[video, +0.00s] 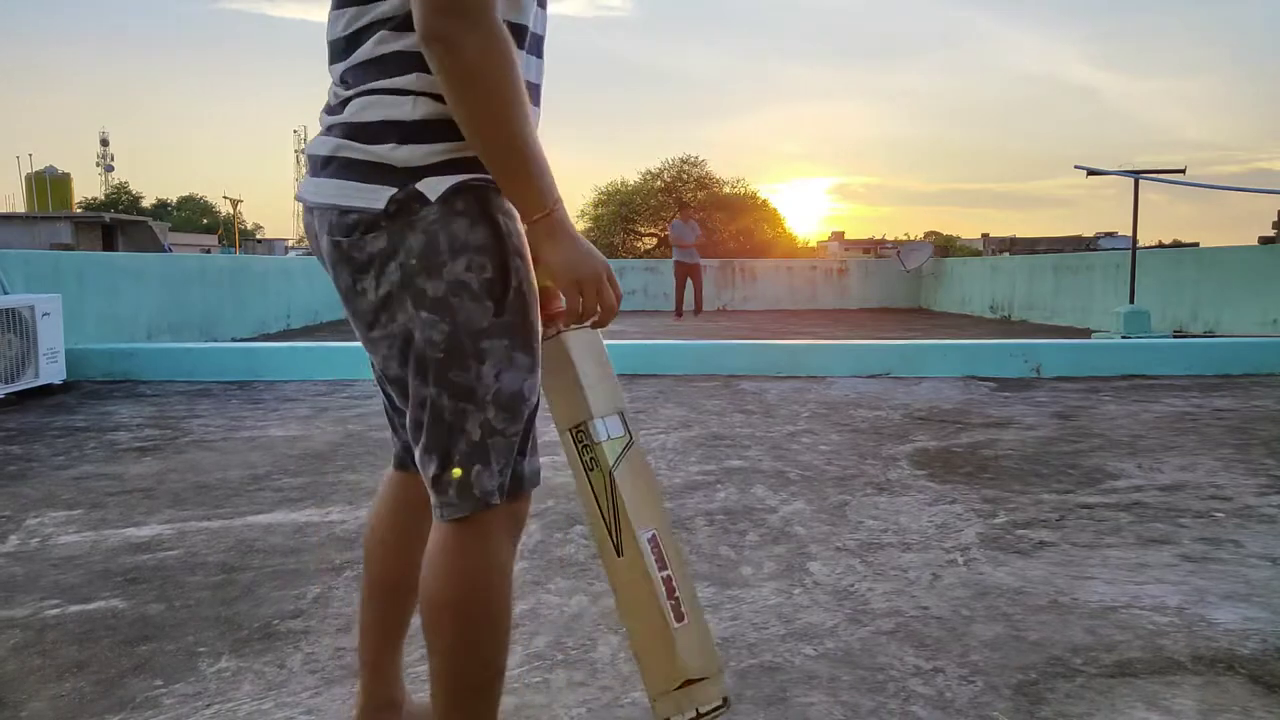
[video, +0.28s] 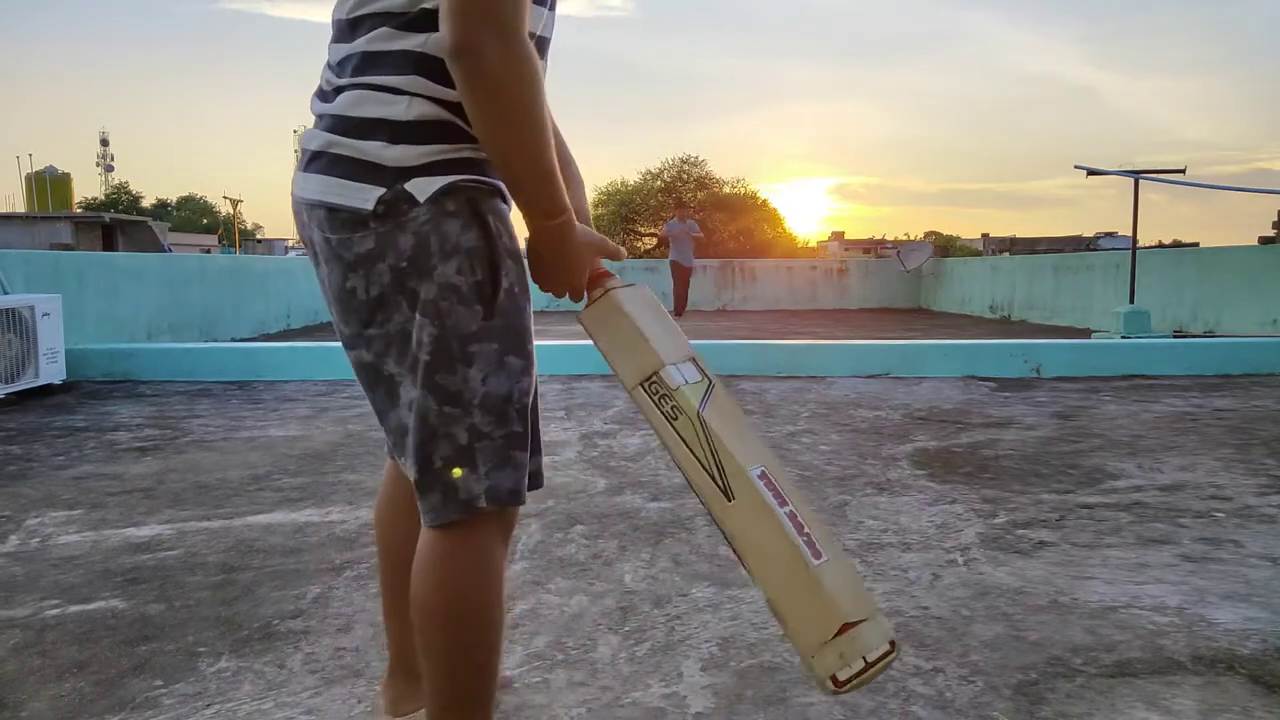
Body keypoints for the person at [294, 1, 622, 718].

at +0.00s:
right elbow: (454, 23)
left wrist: (511, 251)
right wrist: (552, 225)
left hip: (363, 189)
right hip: (430, 194)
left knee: (422, 462)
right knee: (487, 494)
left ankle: (379, 698)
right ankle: (466, 708)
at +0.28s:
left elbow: (508, 57)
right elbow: (482, 43)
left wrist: (572, 212)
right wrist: (549, 221)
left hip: (354, 177)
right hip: (425, 187)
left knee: (422, 452)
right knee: (476, 493)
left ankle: (410, 684)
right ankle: (457, 704)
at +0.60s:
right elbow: (478, 83)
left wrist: (523, 217)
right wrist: (557, 238)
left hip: (338, 201)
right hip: (412, 204)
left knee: (422, 464)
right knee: (482, 490)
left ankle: (399, 686)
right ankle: (468, 705)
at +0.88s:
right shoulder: (552, 1)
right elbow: (490, 160)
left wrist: (490, 314)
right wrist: (504, 326)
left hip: (300, 210)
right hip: (363, 213)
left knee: (427, 471)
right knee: (479, 469)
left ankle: (398, 690)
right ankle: (429, 703)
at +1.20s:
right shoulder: (569, 7)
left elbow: (465, 167)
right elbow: (490, 168)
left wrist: (502, 320)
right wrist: (516, 322)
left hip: (327, 215)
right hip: (381, 216)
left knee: (449, 483)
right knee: (503, 477)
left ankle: (403, 689)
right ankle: (441, 701)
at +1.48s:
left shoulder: (575, 21)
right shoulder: (556, 2)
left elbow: (518, 147)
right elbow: (444, 98)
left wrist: (554, 261)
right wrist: (534, 247)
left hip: (371, 233)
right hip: (401, 231)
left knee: (486, 471)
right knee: (545, 464)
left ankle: (405, 684)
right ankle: (449, 702)